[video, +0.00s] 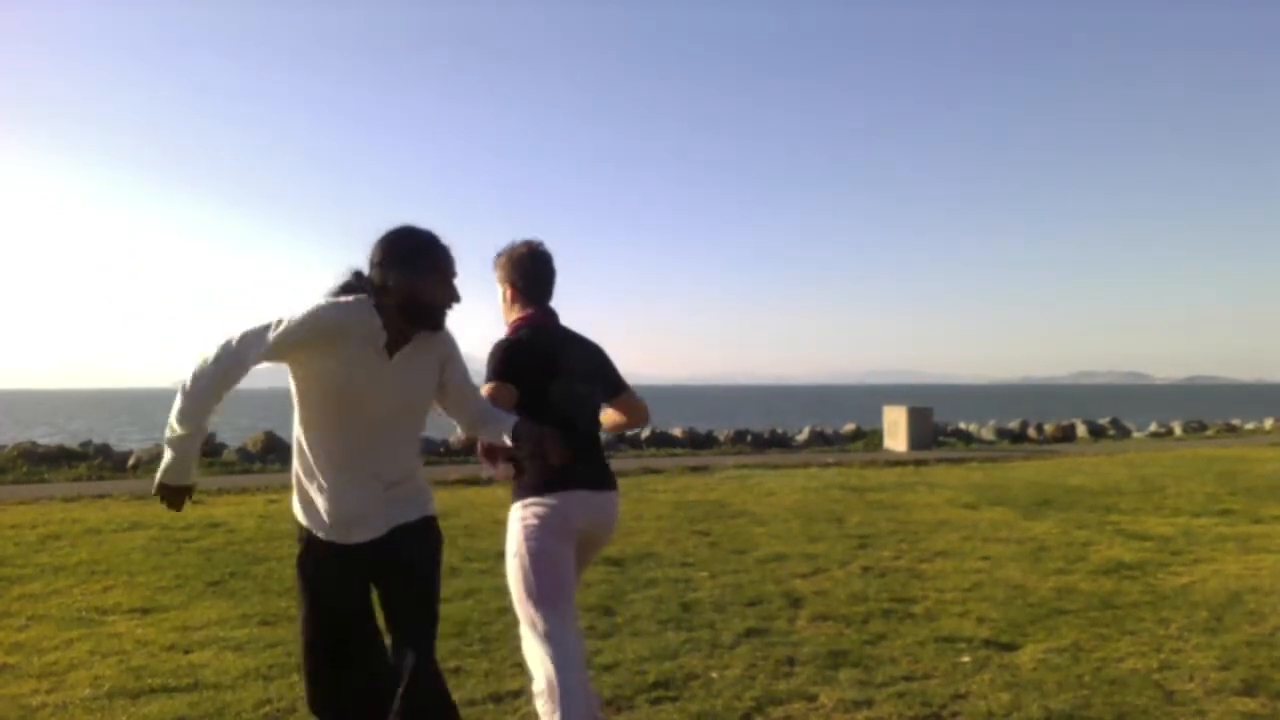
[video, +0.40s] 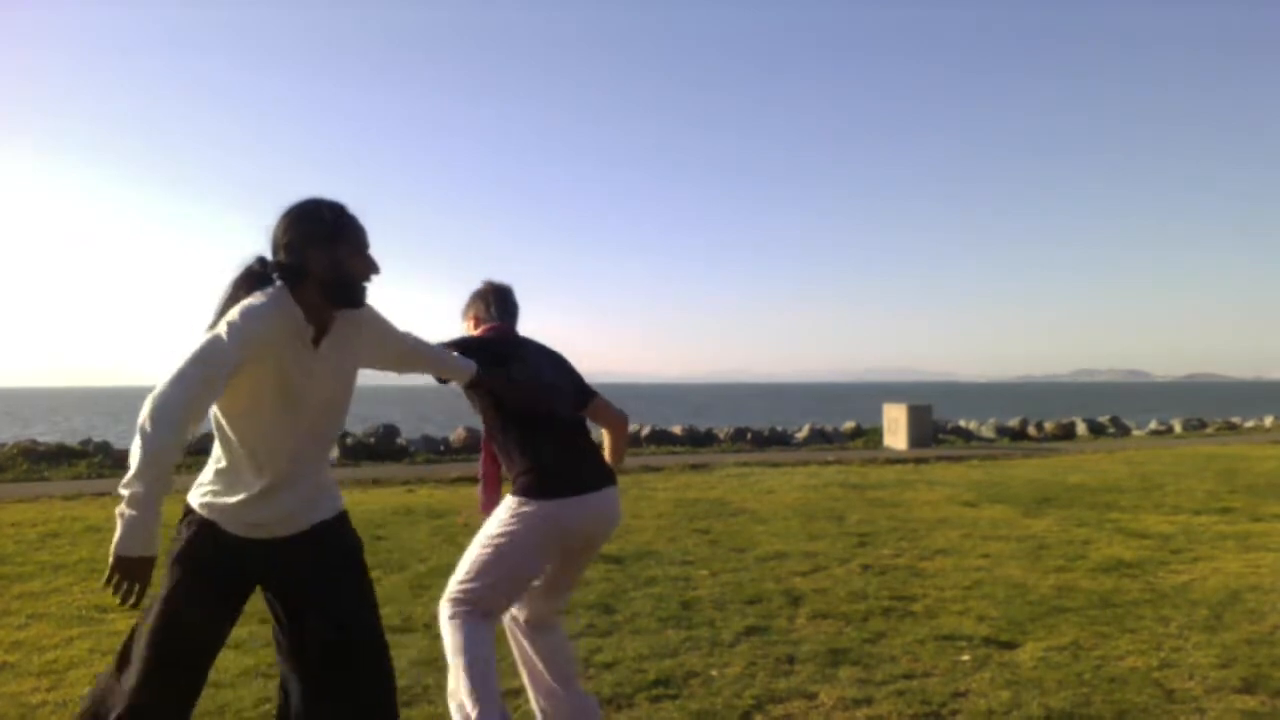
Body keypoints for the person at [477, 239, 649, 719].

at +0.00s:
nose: (498, 296)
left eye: (499, 288)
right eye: (500, 288)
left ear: (508, 291)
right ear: (549, 288)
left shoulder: (512, 348)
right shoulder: (585, 349)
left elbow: (495, 408)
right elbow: (633, 413)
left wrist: (486, 439)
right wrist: (585, 425)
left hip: (542, 503)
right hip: (600, 499)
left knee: (544, 632)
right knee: (550, 616)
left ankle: (570, 712)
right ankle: (575, 705)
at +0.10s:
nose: (495, 306)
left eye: (496, 298)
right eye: (497, 298)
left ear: (504, 299)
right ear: (544, 297)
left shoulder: (505, 349)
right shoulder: (580, 354)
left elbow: (472, 400)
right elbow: (636, 423)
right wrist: (592, 443)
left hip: (545, 507)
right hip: (603, 502)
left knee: (539, 635)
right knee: (554, 616)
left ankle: (563, 712)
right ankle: (580, 705)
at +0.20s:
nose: (491, 315)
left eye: (491, 308)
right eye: (493, 309)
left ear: (499, 307)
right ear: (537, 306)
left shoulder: (501, 344)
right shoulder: (569, 356)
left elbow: (455, 368)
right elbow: (635, 425)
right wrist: (603, 460)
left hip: (552, 506)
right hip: (604, 499)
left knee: (519, 639)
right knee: (554, 615)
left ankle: (549, 714)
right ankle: (582, 710)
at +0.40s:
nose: (467, 331)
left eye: (468, 325)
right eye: (467, 326)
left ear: (478, 322)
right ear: (513, 319)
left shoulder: (475, 351)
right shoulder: (546, 356)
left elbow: (412, 356)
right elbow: (617, 422)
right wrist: (611, 467)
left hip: (543, 502)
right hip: (600, 499)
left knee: (463, 607)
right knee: (532, 614)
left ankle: (480, 714)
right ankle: (573, 714)